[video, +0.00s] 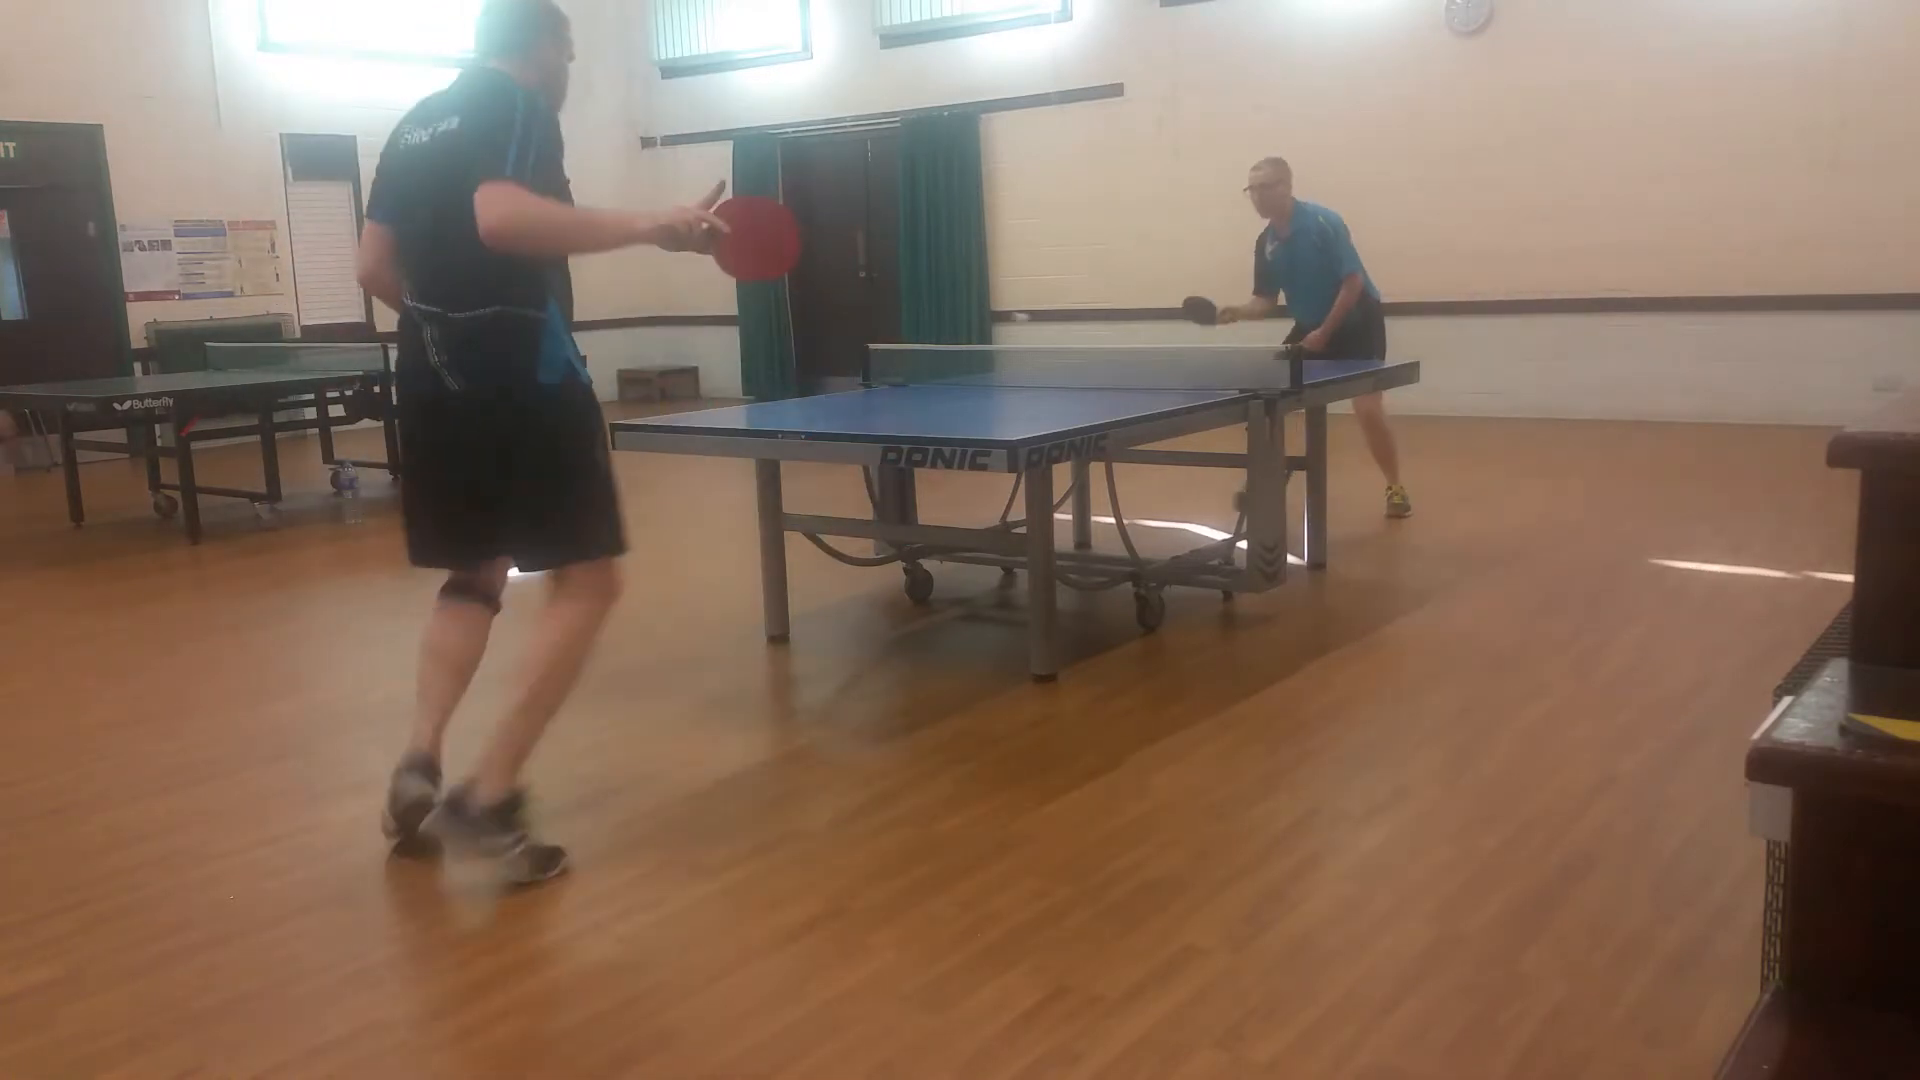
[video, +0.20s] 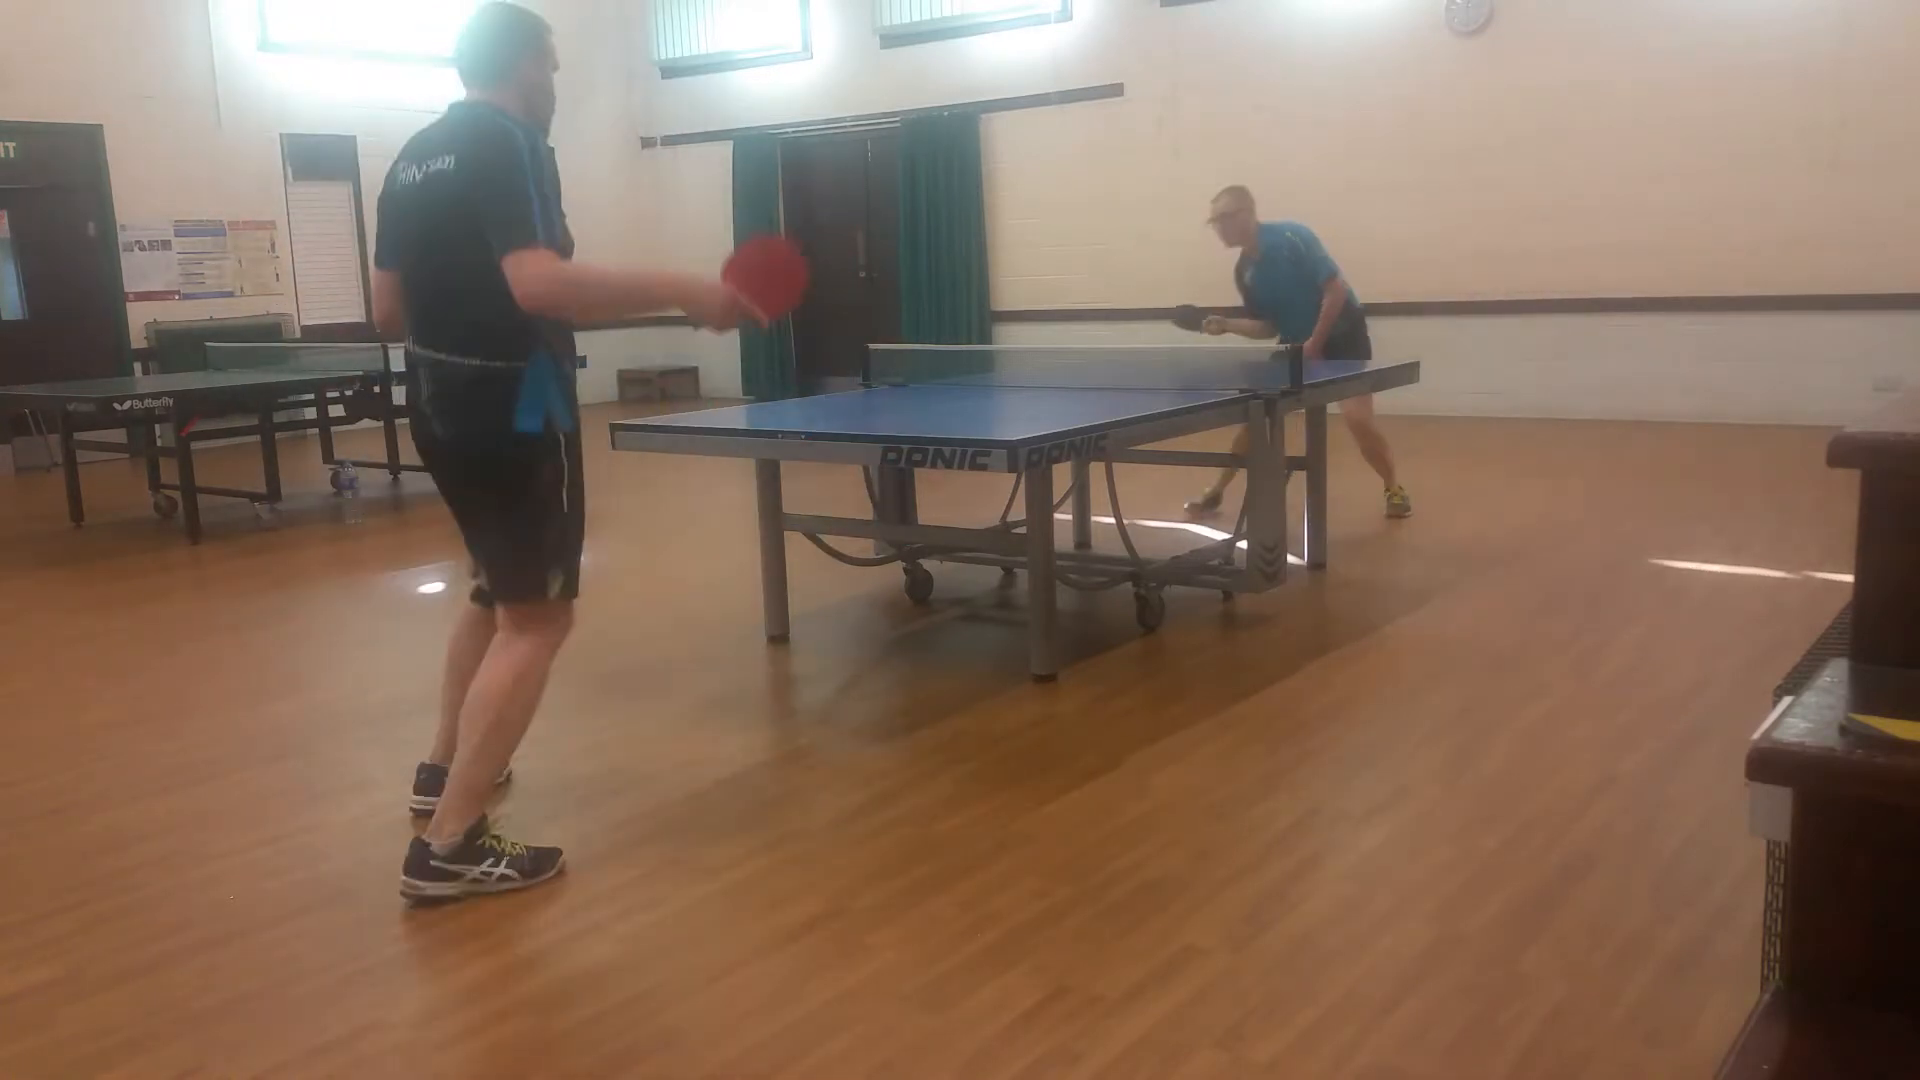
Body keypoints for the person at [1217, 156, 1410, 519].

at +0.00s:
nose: (1255, 197)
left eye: (1263, 188)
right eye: (1251, 190)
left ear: (1286, 187)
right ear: (1250, 194)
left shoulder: (1325, 223)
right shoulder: (1266, 243)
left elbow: (1354, 283)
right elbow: (1265, 300)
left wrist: (1322, 333)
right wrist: (1237, 311)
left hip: (1357, 319)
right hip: (1310, 325)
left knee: (1367, 409)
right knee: (1270, 402)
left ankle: (1394, 486)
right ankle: (1266, 488)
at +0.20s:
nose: (1219, 228)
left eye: (1224, 218)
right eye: (1215, 221)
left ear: (1247, 214)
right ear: (1217, 224)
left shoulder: (1292, 237)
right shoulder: (1245, 271)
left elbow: (1337, 289)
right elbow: (1267, 327)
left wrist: (1316, 342)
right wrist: (1227, 324)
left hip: (1340, 330)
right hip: (1298, 341)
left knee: (1357, 418)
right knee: (1256, 417)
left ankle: (1393, 487)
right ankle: (1216, 490)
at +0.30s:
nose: (1195, 241)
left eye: (1200, 231)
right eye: (1192, 234)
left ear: (1223, 227)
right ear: (1196, 238)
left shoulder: (1271, 243)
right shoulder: (1228, 285)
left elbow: (1323, 285)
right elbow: (1256, 336)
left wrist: (1308, 346)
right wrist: (1215, 328)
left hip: (1331, 338)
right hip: (1283, 349)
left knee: (1354, 420)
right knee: (1238, 416)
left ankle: (1393, 487)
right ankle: (1211, 492)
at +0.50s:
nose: (1171, 247)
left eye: (1176, 237)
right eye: (1167, 241)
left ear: (1200, 231)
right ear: (1168, 248)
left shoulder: (1249, 243)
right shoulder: (1195, 291)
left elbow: (1302, 277)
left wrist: (1293, 332)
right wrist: (1148, 335)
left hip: (1317, 329)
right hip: (1269, 345)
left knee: (1350, 413)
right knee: (1228, 409)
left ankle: (1395, 485)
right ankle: (1210, 493)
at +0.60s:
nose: (1178, 232)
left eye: (1183, 222)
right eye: (1172, 228)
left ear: (1203, 218)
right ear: (1171, 235)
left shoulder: (1251, 238)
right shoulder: (1192, 280)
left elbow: (1304, 273)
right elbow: (1182, 327)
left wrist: (1292, 327)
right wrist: (1149, 334)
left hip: (1315, 326)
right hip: (1267, 341)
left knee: (1350, 409)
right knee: (1230, 408)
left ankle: (1398, 483)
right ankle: (1210, 493)